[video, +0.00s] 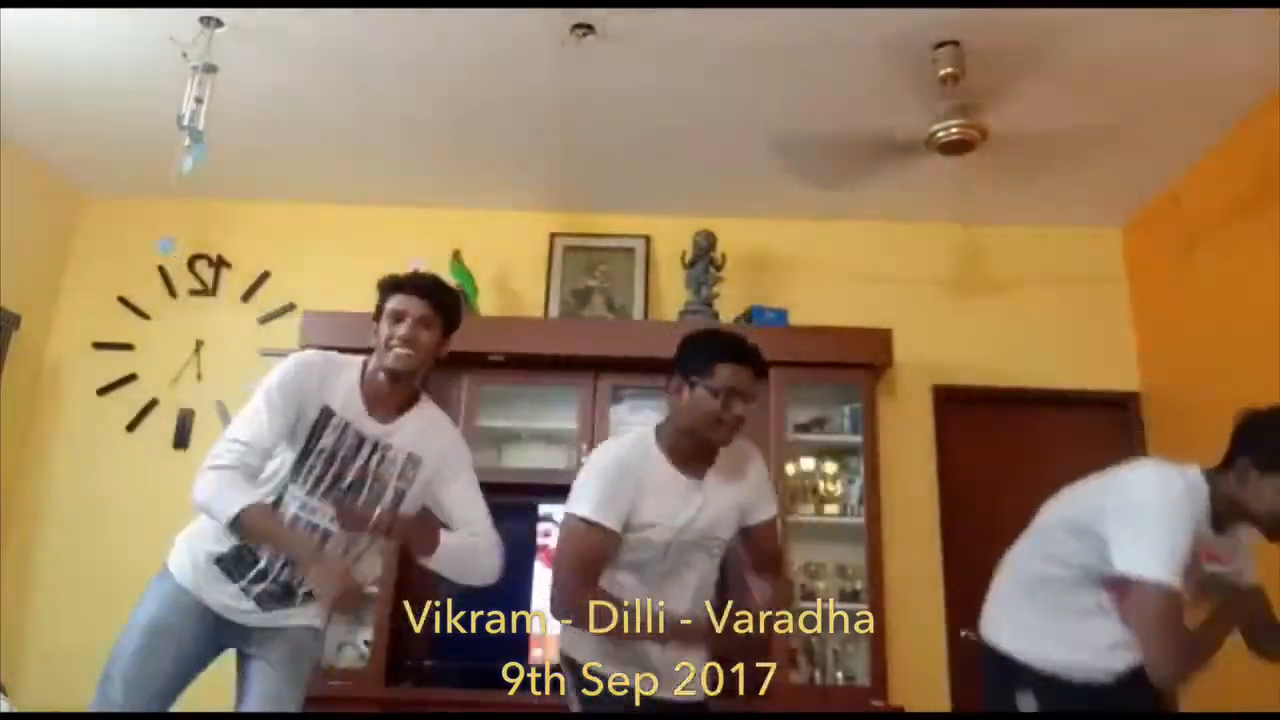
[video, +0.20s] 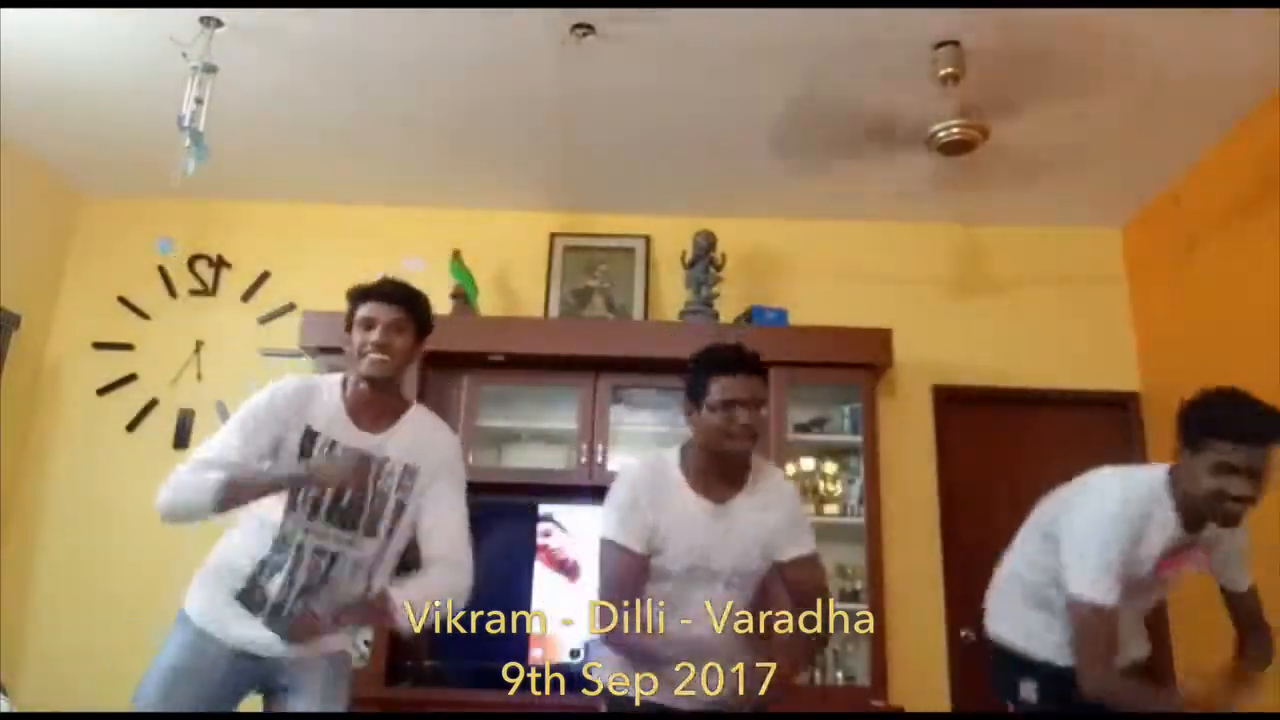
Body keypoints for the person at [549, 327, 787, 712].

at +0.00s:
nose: (738, 412)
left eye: (746, 401)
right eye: (724, 396)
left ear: (753, 403)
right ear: (679, 390)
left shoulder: (744, 466)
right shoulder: (616, 464)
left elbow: (772, 572)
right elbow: (569, 600)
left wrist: (774, 635)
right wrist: (688, 629)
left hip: (689, 677)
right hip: (605, 675)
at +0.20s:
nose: (744, 420)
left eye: (755, 407)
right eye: (726, 407)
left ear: (766, 411)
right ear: (690, 414)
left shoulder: (776, 493)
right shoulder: (641, 485)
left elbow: (817, 613)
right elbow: (614, 622)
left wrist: (772, 673)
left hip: (741, 699)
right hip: (648, 696)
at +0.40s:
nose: (726, 389)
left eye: (743, 376)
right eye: (717, 376)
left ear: (777, 389)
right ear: (706, 384)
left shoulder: (815, 470)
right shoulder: (668, 465)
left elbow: (844, 593)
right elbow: (627, 593)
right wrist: (665, 686)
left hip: (784, 688)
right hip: (689, 683)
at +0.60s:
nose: (710, 373)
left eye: (725, 360)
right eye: (706, 361)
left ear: (774, 366)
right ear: (702, 363)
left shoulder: (833, 435)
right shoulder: (700, 442)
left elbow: (861, 564)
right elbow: (675, 560)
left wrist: (773, 562)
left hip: (826, 678)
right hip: (731, 675)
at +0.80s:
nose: (696, 439)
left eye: (709, 424)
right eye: (694, 426)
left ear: (757, 423)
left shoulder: (832, 479)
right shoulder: (716, 502)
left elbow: (867, 619)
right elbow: (694, 622)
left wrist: (762, 631)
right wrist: (647, 691)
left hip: (874, 696)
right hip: (793, 696)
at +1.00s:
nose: (682, 431)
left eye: (696, 418)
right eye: (683, 419)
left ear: (747, 420)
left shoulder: (820, 473)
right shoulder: (710, 492)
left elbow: (842, 617)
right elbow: (701, 604)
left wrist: (742, 621)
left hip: (859, 672)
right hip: (783, 677)